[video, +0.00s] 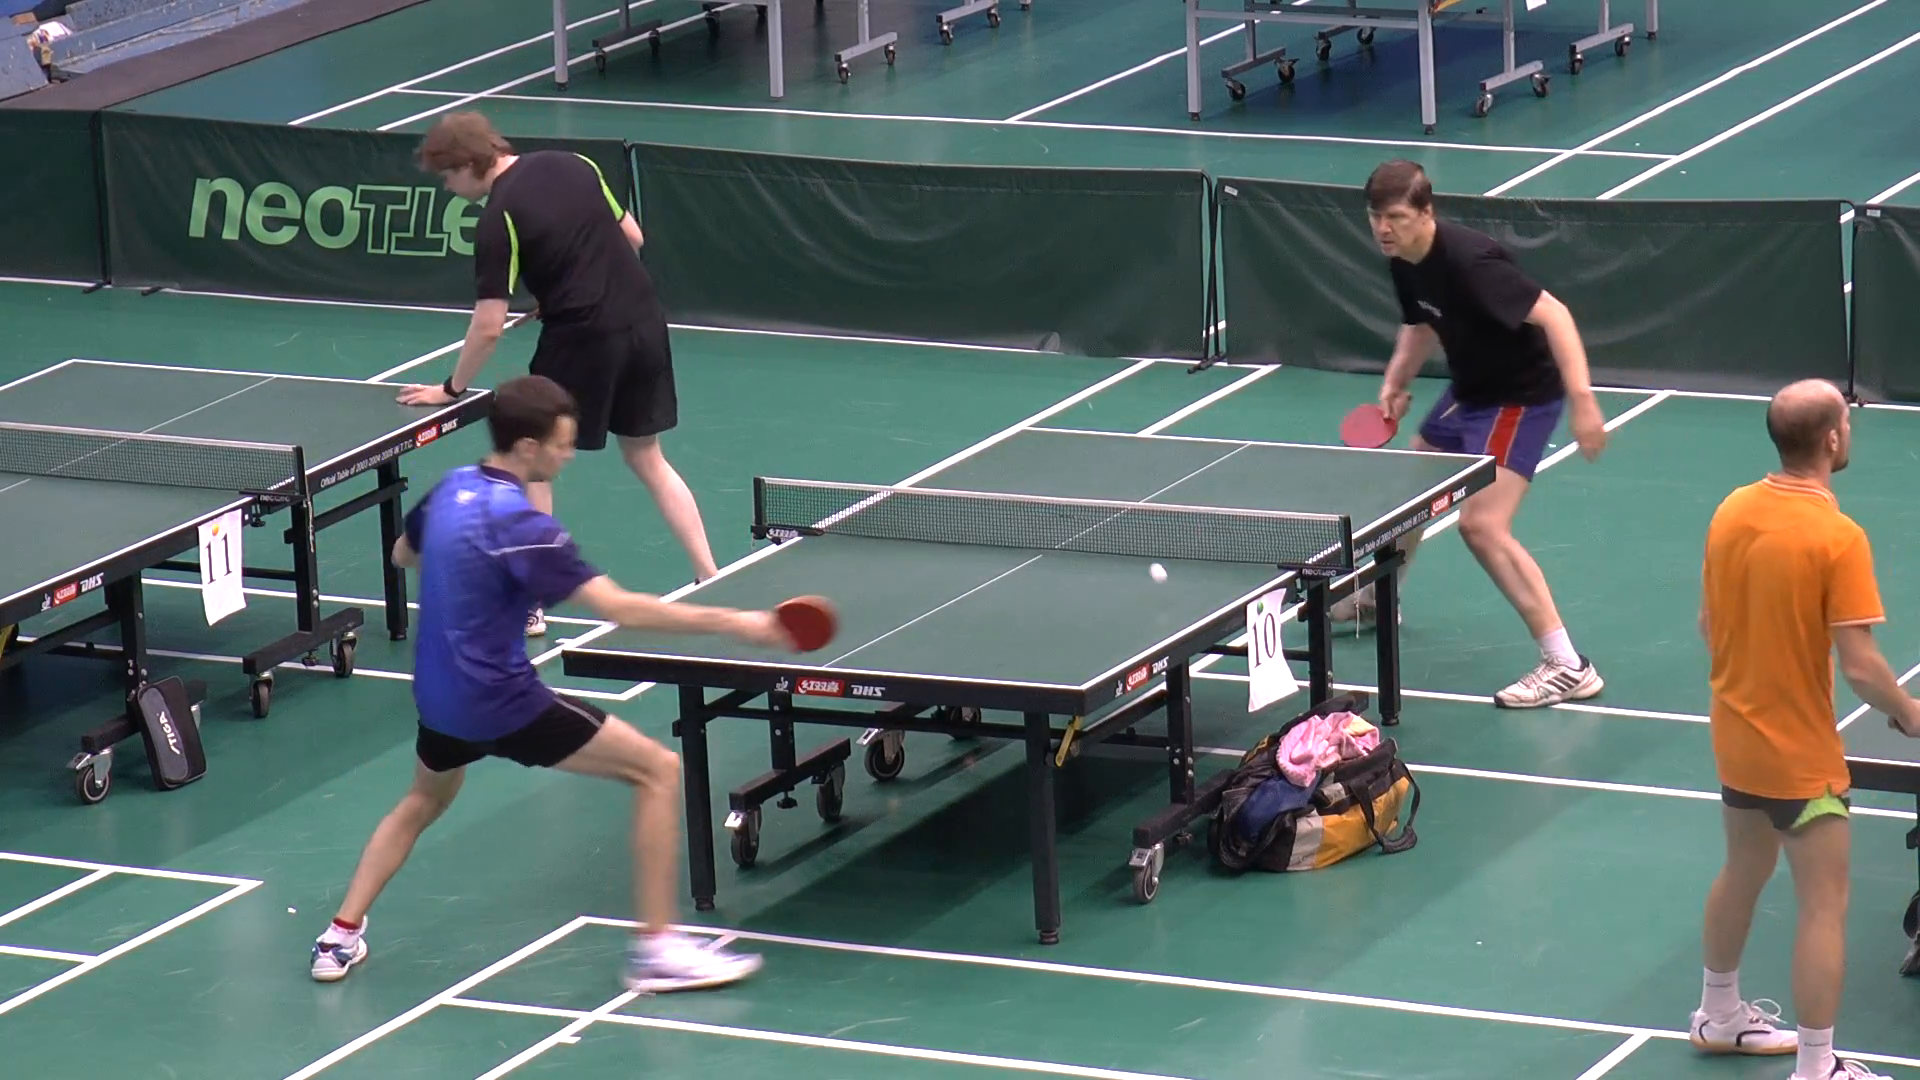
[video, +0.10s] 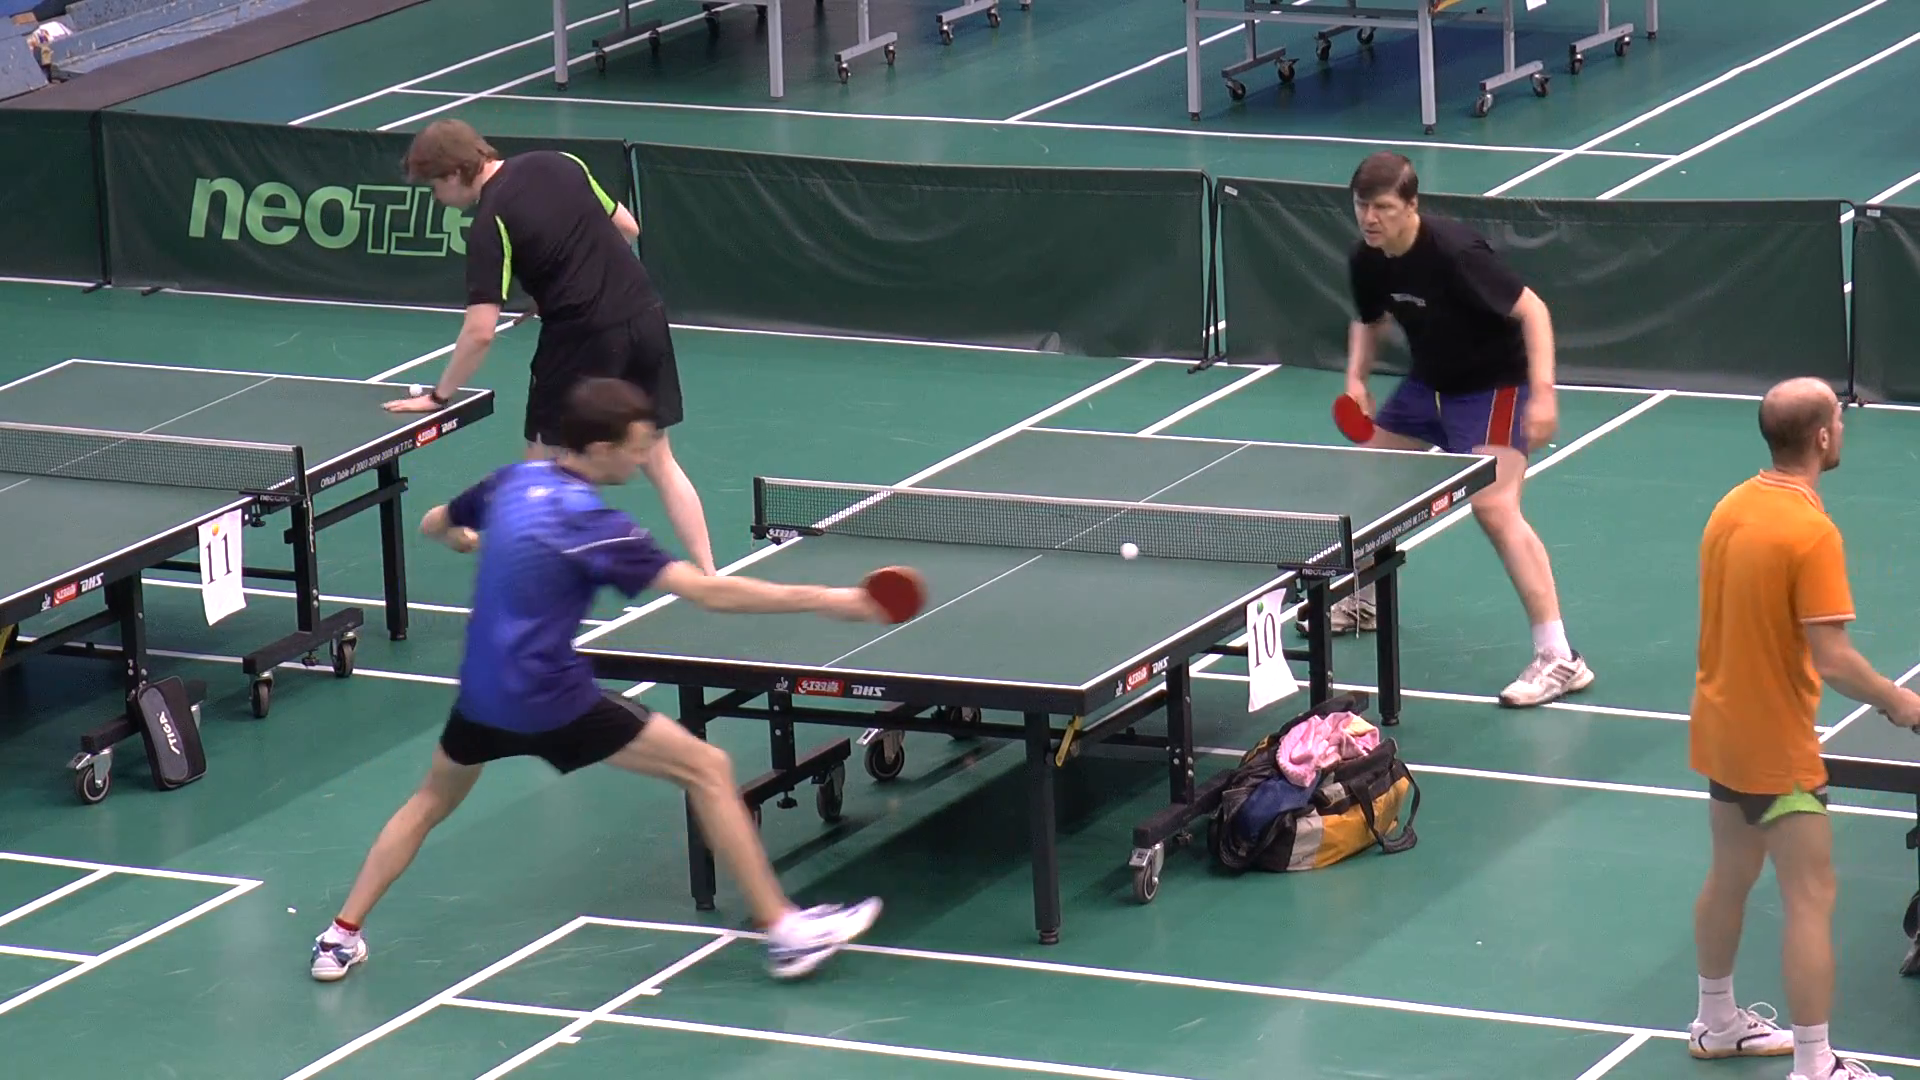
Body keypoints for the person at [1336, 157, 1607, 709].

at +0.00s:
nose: (1382, 229)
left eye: (1394, 218)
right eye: (1377, 218)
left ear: (1426, 213)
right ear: (1372, 216)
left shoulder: (1471, 262)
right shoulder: (1403, 259)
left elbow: (1554, 314)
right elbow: (1418, 326)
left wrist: (1582, 403)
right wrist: (1395, 384)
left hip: (1523, 396)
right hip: (1469, 392)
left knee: (1484, 525)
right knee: (1405, 491)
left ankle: (1568, 665)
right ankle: (1372, 595)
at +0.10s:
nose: (1369, 220)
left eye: (1381, 209)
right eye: (1363, 209)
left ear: (1411, 205)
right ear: (1357, 208)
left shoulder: (1454, 250)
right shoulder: (1367, 260)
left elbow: (1533, 309)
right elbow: (1367, 321)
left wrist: (1542, 396)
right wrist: (1355, 380)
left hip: (1495, 389)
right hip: (1428, 385)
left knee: (1496, 508)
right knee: (1363, 475)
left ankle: (1558, 657)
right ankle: (1364, 598)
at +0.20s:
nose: (1360, 209)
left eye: (1372, 199)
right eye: (1353, 198)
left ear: (1401, 196)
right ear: (1345, 196)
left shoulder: (1445, 241)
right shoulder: (1347, 248)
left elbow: (1513, 304)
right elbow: (1328, 309)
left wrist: (1512, 386)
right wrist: (1325, 362)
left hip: (1472, 381)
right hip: (1400, 378)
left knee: (1486, 499)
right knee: (1339, 473)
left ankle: (1558, 627)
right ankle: (1357, 596)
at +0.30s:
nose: (1354, 195)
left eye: (1366, 184)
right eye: (1347, 183)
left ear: (1393, 183)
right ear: (1338, 183)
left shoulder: (1437, 230)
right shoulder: (1336, 234)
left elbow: (1501, 291)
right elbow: (1309, 293)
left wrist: (1500, 372)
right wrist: (1309, 344)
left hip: (1460, 379)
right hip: (1385, 373)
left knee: (1488, 496)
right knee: (1329, 473)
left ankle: (1537, 594)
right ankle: (1363, 593)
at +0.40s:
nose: (1353, 184)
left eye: (1366, 173)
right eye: (1347, 172)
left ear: (1393, 173)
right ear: (1338, 171)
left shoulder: (1436, 219)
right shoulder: (1335, 221)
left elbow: (1498, 285)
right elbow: (1300, 282)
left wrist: (1498, 367)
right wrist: (1301, 333)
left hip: (1459, 371)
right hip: (1380, 365)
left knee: (1496, 495)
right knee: (1320, 467)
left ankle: (1521, 590)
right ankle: (1355, 591)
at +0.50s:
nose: (1353, 185)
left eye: (1365, 175)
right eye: (1347, 173)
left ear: (1394, 172)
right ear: (1339, 170)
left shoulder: (1438, 220)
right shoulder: (1335, 222)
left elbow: (1499, 286)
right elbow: (1288, 277)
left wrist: (1502, 363)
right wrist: (1292, 331)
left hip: (1457, 370)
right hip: (1374, 364)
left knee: (1500, 492)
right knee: (1306, 460)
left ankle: (1521, 589)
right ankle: (1304, 579)